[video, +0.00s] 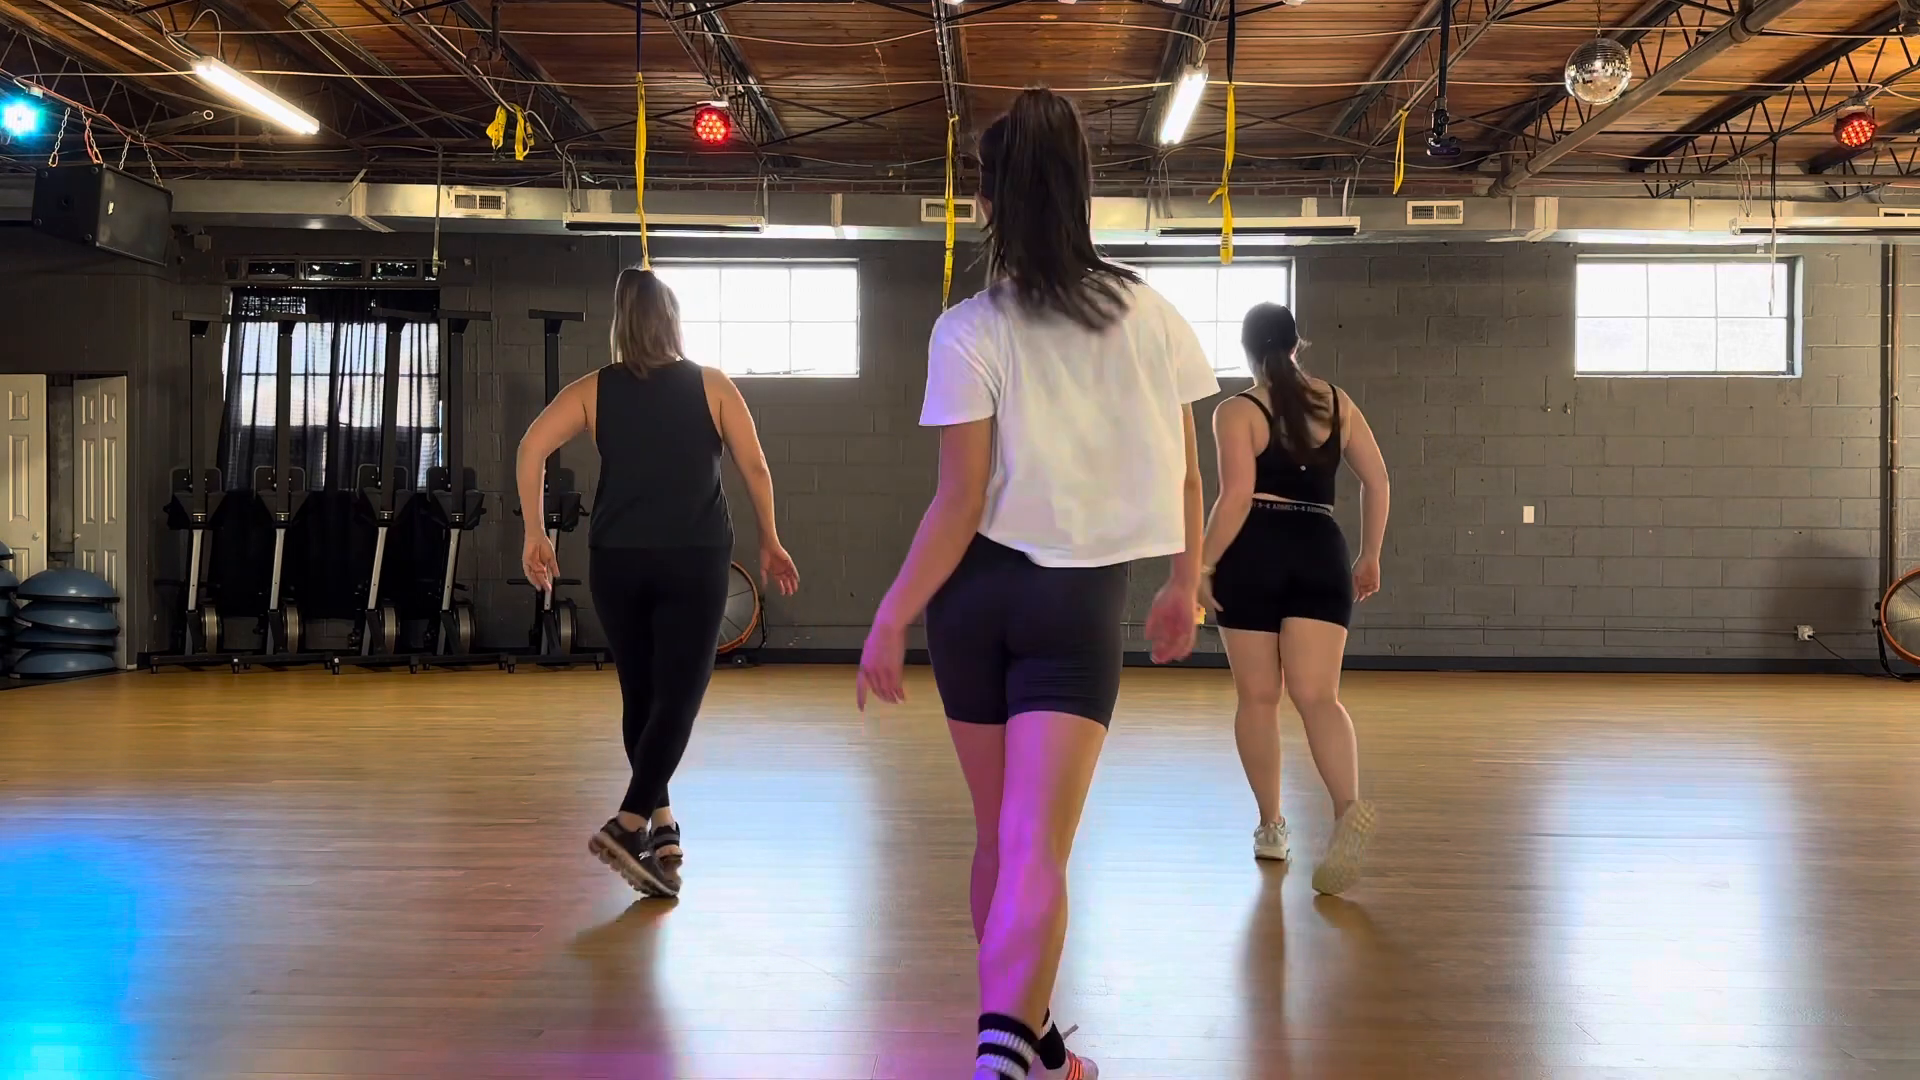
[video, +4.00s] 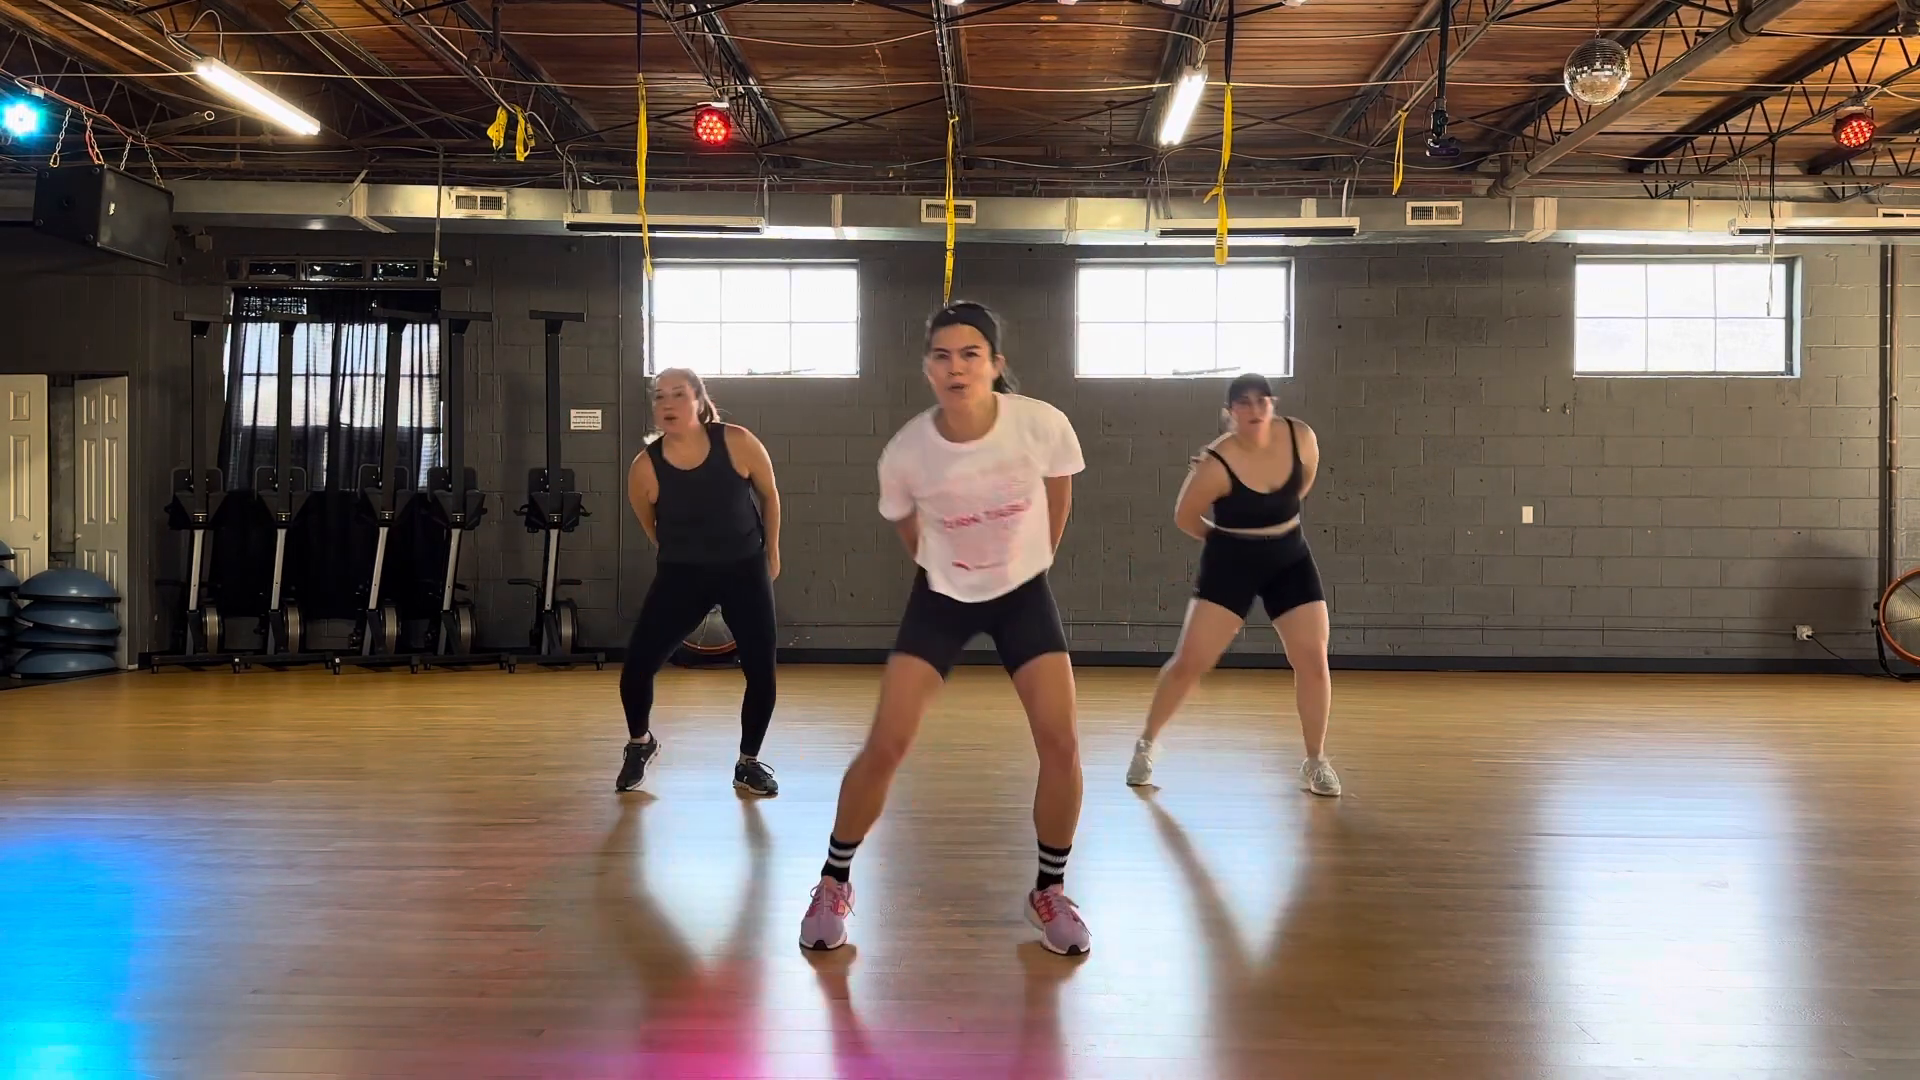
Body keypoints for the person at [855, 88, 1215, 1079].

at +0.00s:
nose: (977, 196)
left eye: (980, 182)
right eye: (982, 179)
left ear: (993, 193)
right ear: (1082, 186)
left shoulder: (971, 327)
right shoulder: (1151, 316)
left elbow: (961, 497)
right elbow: (1192, 475)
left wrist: (889, 618)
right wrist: (1185, 581)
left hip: (977, 583)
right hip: (1085, 593)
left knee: (996, 835)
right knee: (1039, 843)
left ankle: (1032, 1036)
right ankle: (999, 1052)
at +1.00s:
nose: (1047, 271)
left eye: (1043, 257)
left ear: (1044, 266)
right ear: (1119, 269)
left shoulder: (992, 360)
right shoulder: (1130, 371)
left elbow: (966, 482)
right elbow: (1126, 497)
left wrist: (990, 581)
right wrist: (1144, 610)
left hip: (1027, 587)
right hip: (1110, 586)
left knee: (1045, 777)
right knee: (1109, 784)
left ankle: (1027, 897)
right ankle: (1073, 961)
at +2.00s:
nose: (1010, 333)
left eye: (1012, 322)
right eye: (1013, 322)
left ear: (1023, 328)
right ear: (1071, 321)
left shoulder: (1009, 407)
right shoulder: (1121, 393)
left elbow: (939, 491)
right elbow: (1179, 465)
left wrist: (890, 420)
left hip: (1009, 576)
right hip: (1081, 580)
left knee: (1030, 734)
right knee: (1072, 724)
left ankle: (1058, 884)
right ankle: (1119, 778)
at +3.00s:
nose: (959, 356)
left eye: (974, 348)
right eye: (951, 344)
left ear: (995, 360)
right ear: (938, 352)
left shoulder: (1019, 423)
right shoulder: (935, 423)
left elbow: (1074, 497)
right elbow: (965, 498)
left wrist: (1115, 560)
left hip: (1015, 571)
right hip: (961, 570)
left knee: (989, 714)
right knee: (945, 716)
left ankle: (1087, 831)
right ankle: (1009, 835)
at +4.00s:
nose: (956, 366)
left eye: (970, 353)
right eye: (942, 355)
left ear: (996, 364)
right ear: (928, 369)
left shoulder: (1044, 426)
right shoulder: (905, 453)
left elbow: (1057, 514)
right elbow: (910, 534)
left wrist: (1026, 574)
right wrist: (948, 581)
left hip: (1023, 589)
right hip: (939, 593)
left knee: (1062, 746)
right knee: (886, 744)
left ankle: (1051, 892)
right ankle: (833, 885)